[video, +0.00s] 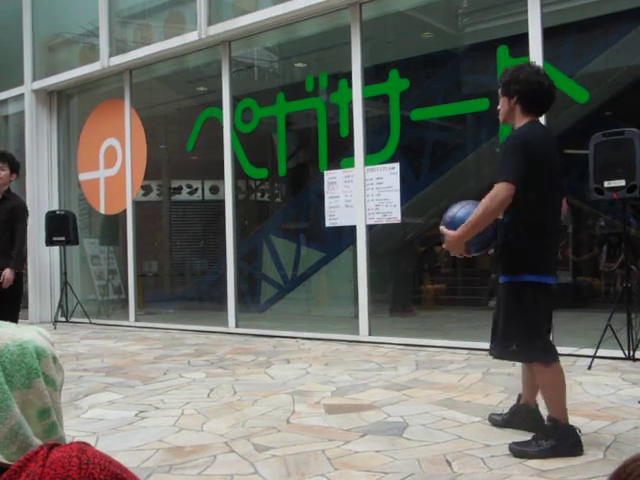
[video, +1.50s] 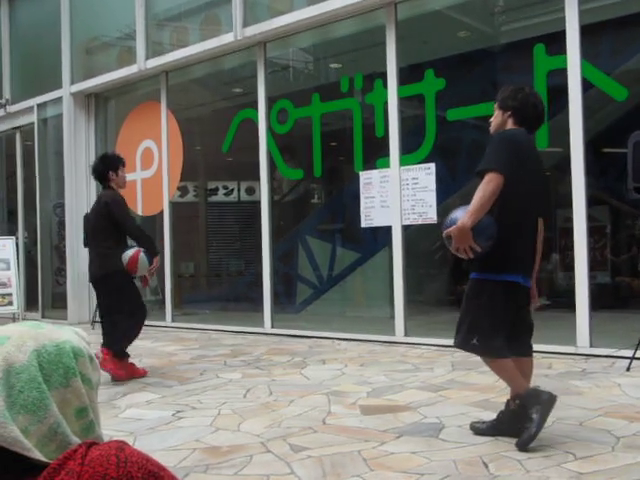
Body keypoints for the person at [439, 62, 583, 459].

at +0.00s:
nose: (497, 104)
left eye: (500, 97)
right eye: (498, 97)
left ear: (515, 100)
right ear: (532, 102)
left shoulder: (519, 141)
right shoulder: (544, 140)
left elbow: (501, 196)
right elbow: (556, 207)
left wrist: (460, 235)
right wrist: (495, 232)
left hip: (525, 265)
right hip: (533, 263)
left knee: (538, 344)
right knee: (528, 339)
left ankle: (561, 430)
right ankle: (527, 408)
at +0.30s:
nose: (492, 94)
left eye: (496, 88)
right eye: (494, 87)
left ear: (511, 93)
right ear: (520, 92)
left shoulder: (537, 130)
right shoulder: (526, 133)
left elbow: (560, 180)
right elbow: (542, 193)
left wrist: (531, 228)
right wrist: (559, 255)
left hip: (539, 260)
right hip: (519, 258)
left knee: (548, 341)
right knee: (515, 335)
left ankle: (563, 428)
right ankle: (520, 411)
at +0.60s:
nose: (487, 96)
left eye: (490, 89)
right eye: (489, 89)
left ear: (506, 93)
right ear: (512, 93)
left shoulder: (533, 126)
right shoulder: (519, 131)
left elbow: (556, 177)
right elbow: (530, 185)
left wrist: (531, 224)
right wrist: (517, 228)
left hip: (537, 261)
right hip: (511, 258)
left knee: (548, 342)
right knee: (491, 325)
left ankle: (568, 428)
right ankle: (507, 394)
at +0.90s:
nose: (485, 106)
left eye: (489, 99)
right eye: (488, 99)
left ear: (503, 103)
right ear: (510, 104)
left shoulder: (519, 138)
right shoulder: (512, 142)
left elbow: (531, 187)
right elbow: (522, 200)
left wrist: (503, 232)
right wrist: (497, 237)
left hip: (526, 267)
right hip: (511, 266)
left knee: (545, 346)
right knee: (510, 342)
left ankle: (579, 430)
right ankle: (498, 414)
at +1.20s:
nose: (488, 114)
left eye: (492, 108)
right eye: (490, 108)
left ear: (506, 111)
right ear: (520, 114)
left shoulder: (509, 140)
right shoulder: (529, 148)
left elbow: (505, 187)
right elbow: (536, 218)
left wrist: (473, 229)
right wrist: (536, 268)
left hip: (504, 267)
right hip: (519, 267)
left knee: (498, 340)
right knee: (512, 341)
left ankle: (558, 406)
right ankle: (512, 415)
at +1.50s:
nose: (490, 119)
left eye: (494, 112)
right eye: (493, 112)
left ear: (508, 116)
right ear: (523, 121)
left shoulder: (505, 141)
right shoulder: (534, 158)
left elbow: (494, 181)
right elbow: (537, 227)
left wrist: (463, 225)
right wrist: (531, 277)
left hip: (497, 263)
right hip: (521, 266)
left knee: (478, 335)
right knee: (517, 339)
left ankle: (529, 398)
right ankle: (512, 413)